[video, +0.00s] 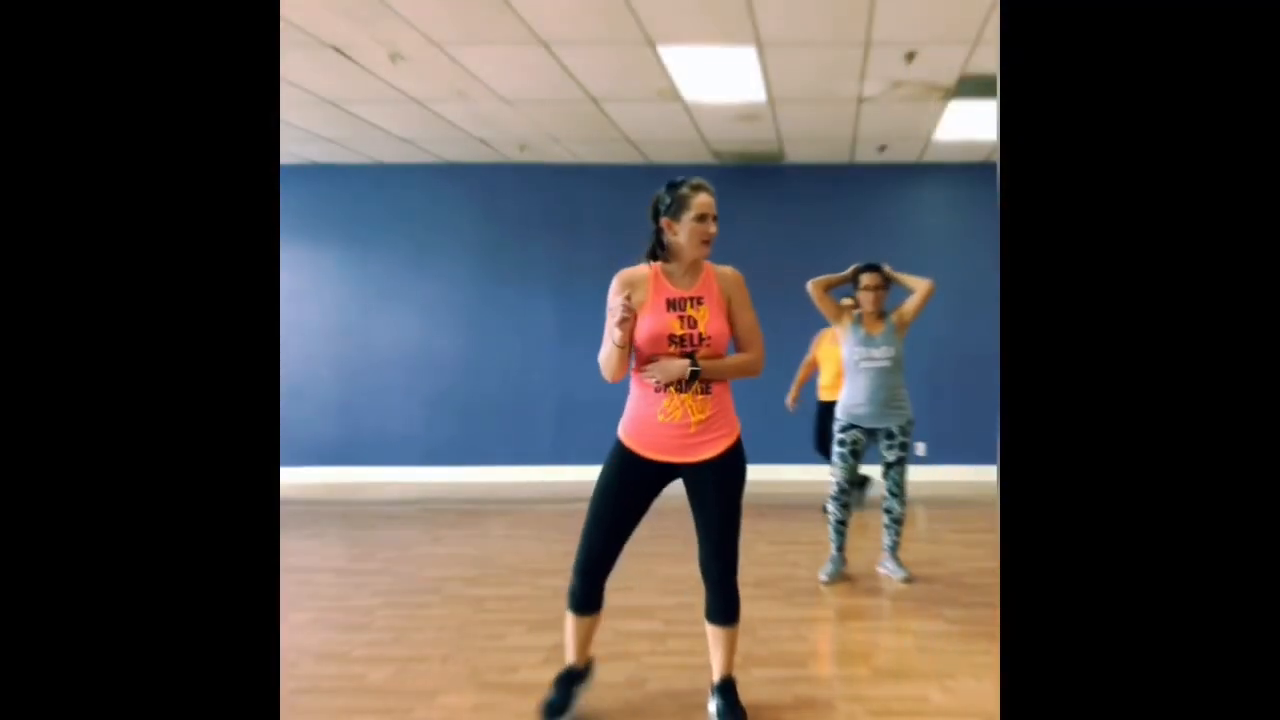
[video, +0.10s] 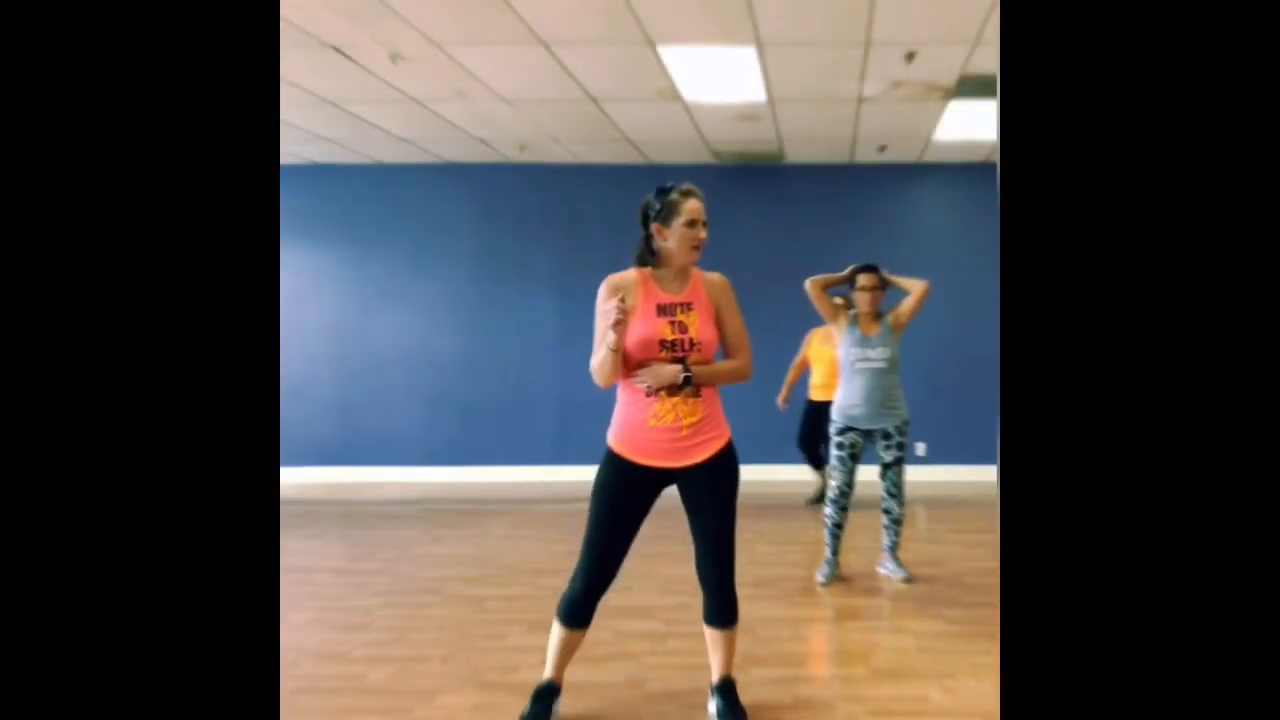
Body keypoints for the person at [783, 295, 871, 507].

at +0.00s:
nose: (847, 313)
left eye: (852, 309)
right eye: (843, 308)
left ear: (859, 311)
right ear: (836, 311)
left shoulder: (862, 335)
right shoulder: (826, 335)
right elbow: (809, 363)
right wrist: (795, 390)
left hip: (852, 397)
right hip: (828, 396)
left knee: (847, 450)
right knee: (823, 445)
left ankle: (840, 497)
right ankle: (856, 480)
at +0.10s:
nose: (836, 312)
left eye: (841, 308)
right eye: (833, 307)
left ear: (849, 312)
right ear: (827, 310)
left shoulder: (852, 335)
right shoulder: (815, 335)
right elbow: (799, 363)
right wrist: (785, 390)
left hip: (840, 398)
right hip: (816, 397)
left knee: (837, 446)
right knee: (807, 442)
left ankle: (834, 487)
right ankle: (824, 478)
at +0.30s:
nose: (814, 318)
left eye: (818, 314)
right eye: (811, 313)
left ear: (825, 317)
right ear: (806, 315)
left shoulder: (830, 338)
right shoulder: (794, 336)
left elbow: (837, 369)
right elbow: (783, 365)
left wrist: (836, 397)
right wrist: (773, 393)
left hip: (822, 402)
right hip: (796, 402)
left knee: (830, 451)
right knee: (782, 446)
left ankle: (835, 494)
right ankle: (763, 488)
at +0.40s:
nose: (803, 315)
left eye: (808, 310)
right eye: (800, 310)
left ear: (815, 316)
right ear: (795, 314)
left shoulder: (820, 339)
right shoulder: (782, 337)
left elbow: (831, 367)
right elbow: (772, 367)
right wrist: (763, 395)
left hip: (811, 403)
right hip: (783, 402)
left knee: (820, 453)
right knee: (771, 449)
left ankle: (832, 493)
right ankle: (757, 492)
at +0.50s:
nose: (793, 312)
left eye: (797, 308)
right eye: (790, 308)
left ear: (805, 314)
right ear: (784, 311)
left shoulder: (811, 337)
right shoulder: (771, 335)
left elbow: (821, 369)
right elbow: (760, 364)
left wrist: (805, 368)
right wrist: (750, 391)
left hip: (799, 401)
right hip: (771, 399)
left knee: (809, 450)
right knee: (763, 449)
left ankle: (828, 491)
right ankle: (754, 492)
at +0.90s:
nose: (773, 309)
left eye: (777, 305)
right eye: (769, 304)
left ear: (785, 309)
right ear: (763, 308)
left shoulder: (794, 333)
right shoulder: (751, 333)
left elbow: (805, 366)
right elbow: (740, 358)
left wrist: (791, 361)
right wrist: (730, 373)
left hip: (781, 396)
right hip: (753, 395)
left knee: (776, 447)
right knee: (756, 446)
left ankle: (772, 494)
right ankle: (753, 492)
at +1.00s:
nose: (772, 308)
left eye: (777, 304)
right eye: (768, 304)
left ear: (785, 309)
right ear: (761, 308)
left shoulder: (793, 333)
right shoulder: (749, 332)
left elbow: (805, 366)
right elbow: (737, 357)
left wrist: (797, 356)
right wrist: (730, 371)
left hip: (784, 395)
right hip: (754, 395)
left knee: (783, 447)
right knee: (757, 446)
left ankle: (780, 491)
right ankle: (753, 492)